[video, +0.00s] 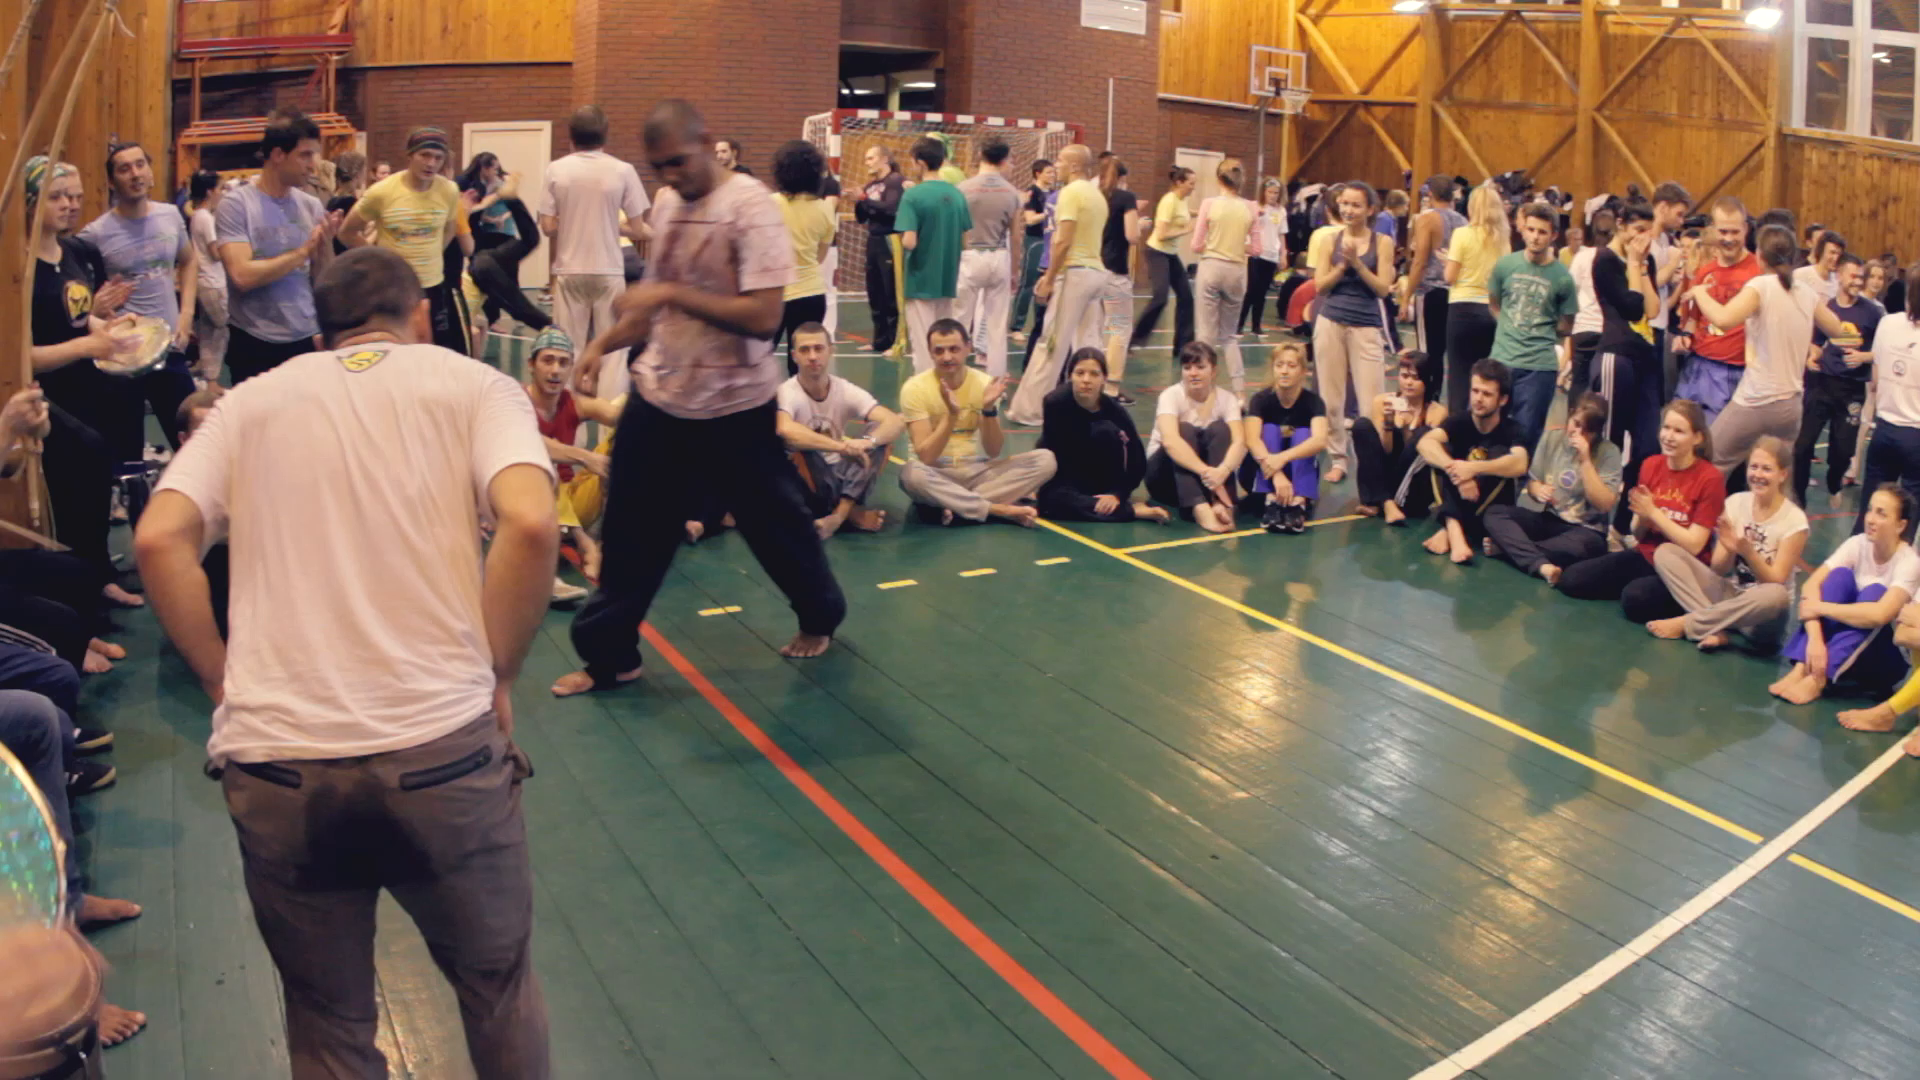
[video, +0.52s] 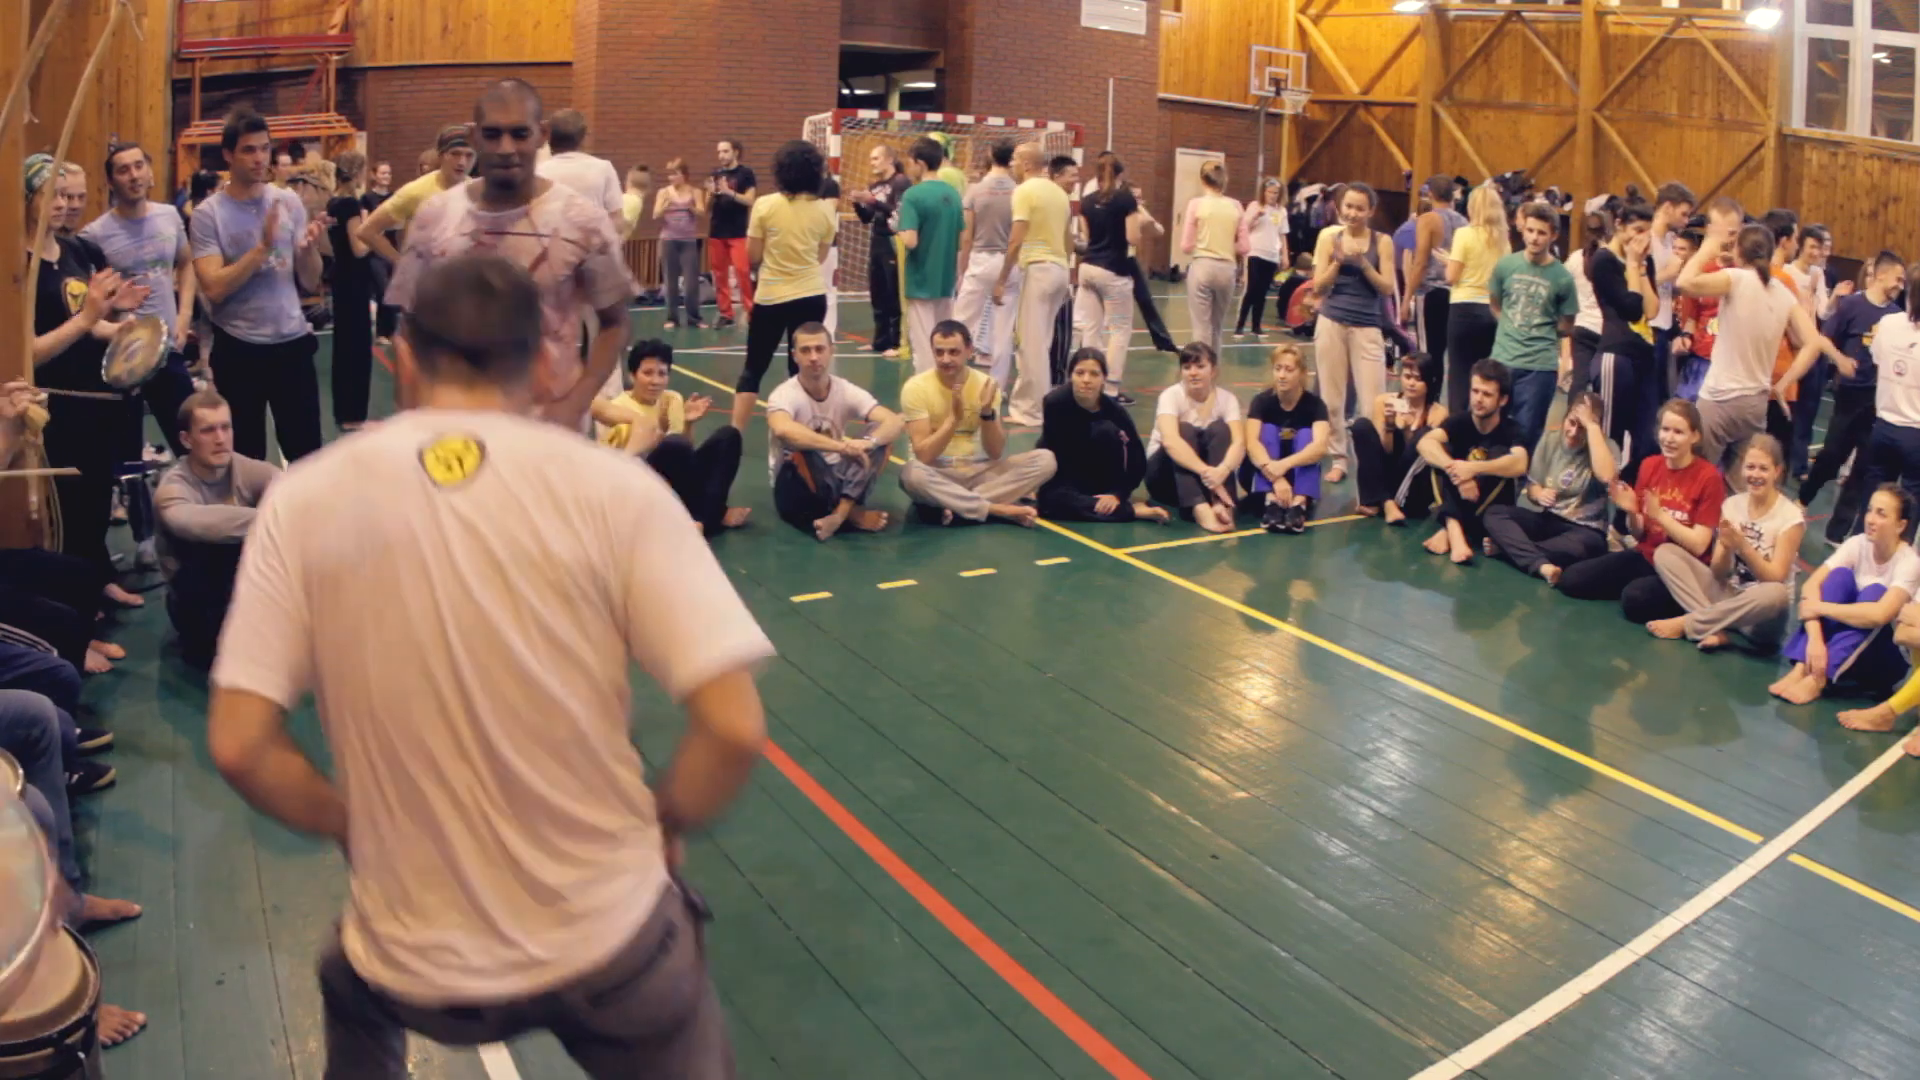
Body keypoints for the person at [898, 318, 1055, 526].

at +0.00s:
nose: (947, 358)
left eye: (954, 350)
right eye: (939, 351)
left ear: (968, 348)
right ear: (930, 353)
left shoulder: (984, 383)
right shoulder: (915, 389)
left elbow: (993, 450)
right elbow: (926, 456)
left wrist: (988, 409)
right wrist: (951, 416)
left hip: (980, 470)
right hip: (939, 473)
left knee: (1046, 460)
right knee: (911, 474)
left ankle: (959, 508)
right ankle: (996, 510)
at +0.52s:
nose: (946, 360)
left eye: (954, 352)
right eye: (939, 353)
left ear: (969, 351)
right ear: (932, 352)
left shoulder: (985, 384)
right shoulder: (916, 388)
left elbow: (995, 451)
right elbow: (924, 455)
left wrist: (987, 412)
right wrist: (954, 420)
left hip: (982, 469)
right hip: (939, 472)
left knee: (1046, 460)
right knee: (911, 474)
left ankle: (959, 508)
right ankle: (994, 509)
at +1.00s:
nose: (941, 356)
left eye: (949, 348)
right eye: (935, 349)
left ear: (966, 348)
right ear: (929, 350)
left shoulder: (986, 383)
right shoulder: (914, 387)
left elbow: (993, 451)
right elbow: (916, 452)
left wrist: (988, 422)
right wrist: (947, 427)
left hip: (981, 469)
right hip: (937, 471)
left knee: (1046, 460)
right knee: (911, 473)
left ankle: (960, 509)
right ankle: (993, 509)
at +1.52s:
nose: (955, 366)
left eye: (963, 358)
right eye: (949, 357)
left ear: (976, 358)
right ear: (940, 356)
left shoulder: (992, 392)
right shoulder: (920, 389)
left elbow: (988, 463)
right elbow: (925, 457)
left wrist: (983, 426)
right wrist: (965, 425)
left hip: (982, 476)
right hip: (940, 476)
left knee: (1049, 466)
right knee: (911, 474)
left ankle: (960, 509)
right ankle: (994, 510)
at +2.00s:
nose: (955, 366)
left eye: (964, 359)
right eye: (949, 358)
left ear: (978, 360)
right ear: (940, 355)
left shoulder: (989, 390)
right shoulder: (918, 388)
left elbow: (982, 458)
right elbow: (922, 456)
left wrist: (981, 423)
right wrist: (963, 423)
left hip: (979, 468)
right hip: (939, 470)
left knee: (1041, 454)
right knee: (913, 471)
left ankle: (960, 507)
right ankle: (996, 509)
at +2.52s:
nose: (954, 355)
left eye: (961, 348)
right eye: (946, 349)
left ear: (973, 349)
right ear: (937, 350)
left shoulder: (987, 378)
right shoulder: (919, 378)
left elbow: (1030, 410)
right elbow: (910, 416)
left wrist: (1007, 376)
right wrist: (960, 391)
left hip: (979, 451)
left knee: (1013, 424)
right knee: (935, 426)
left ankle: (975, 475)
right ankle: (968, 478)